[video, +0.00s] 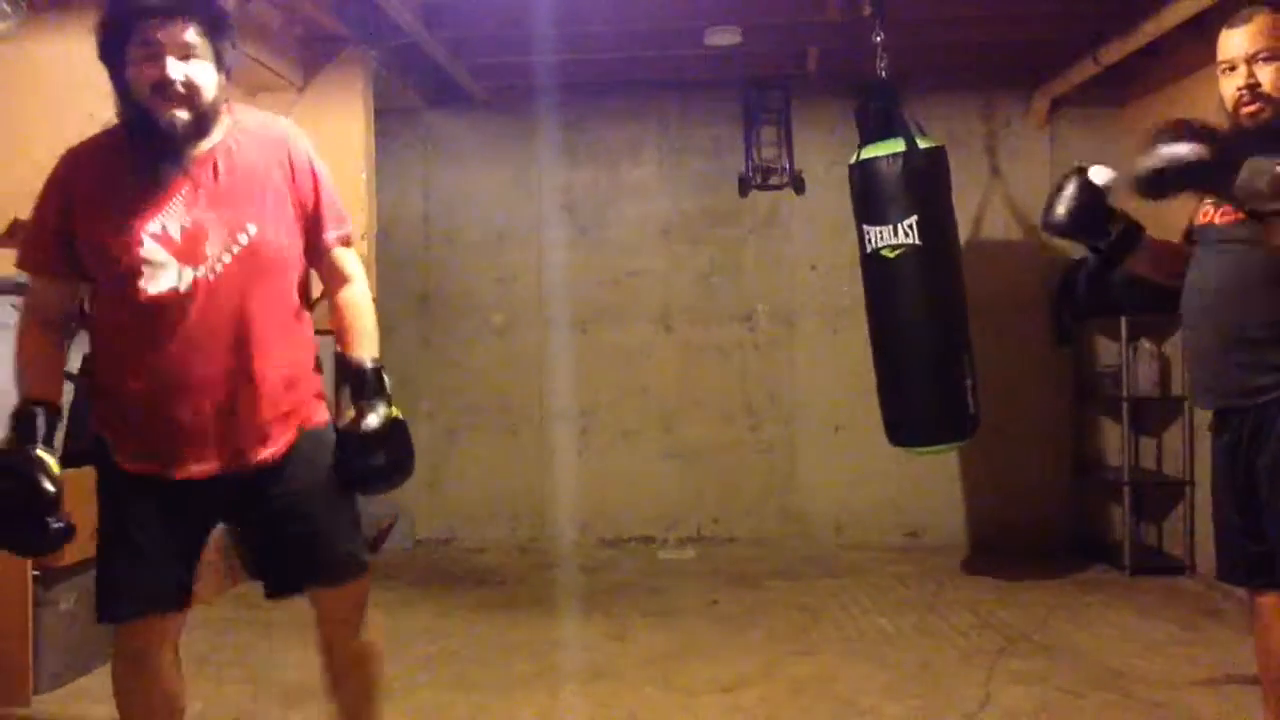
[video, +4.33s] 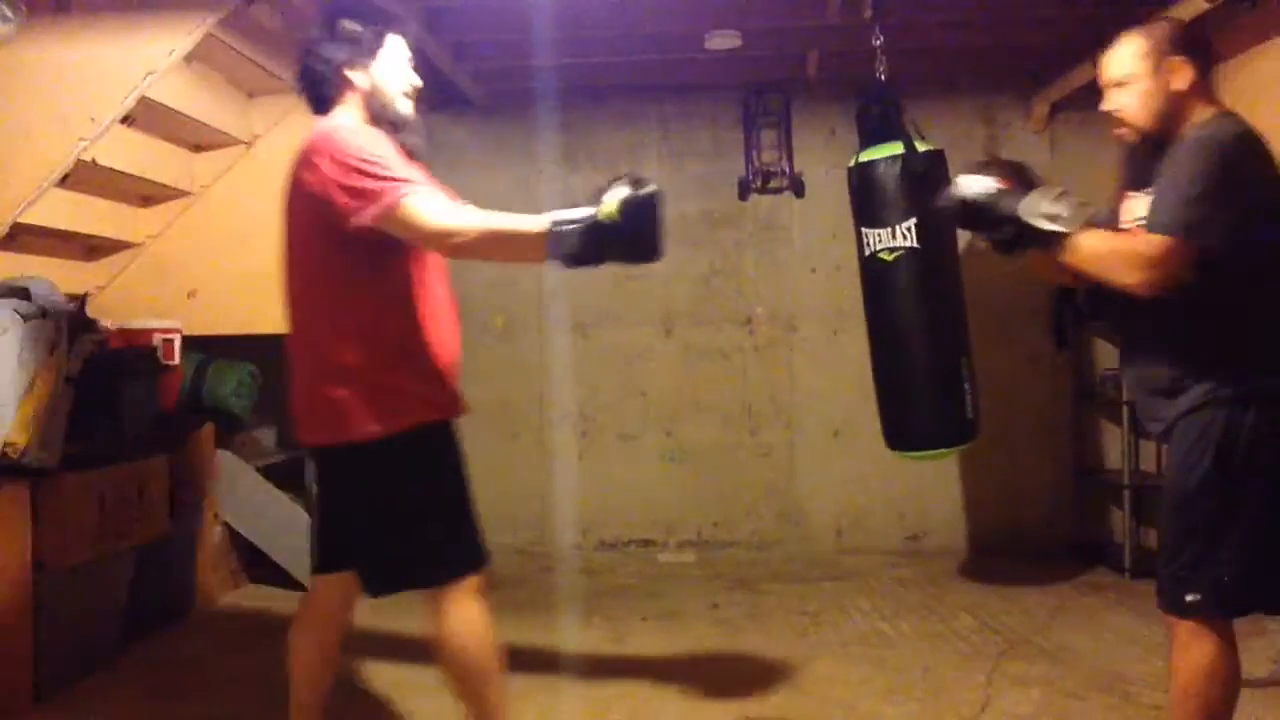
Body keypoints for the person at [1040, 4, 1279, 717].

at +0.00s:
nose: (1245, 80)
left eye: (1262, 61)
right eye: (1229, 69)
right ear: (1215, 83)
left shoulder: (1273, 164)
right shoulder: (1223, 170)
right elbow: (1196, 273)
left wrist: (1231, 173)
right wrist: (1114, 233)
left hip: (1275, 407)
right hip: (1236, 411)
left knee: (1271, 589)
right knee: (1262, 589)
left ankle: (1270, 704)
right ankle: (1270, 709)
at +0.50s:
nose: (1248, 85)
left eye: (1262, 66)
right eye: (1233, 72)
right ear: (1220, 80)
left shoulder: (1279, 169)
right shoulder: (1231, 169)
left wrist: (1257, 250)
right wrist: (1144, 256)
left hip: (1273, 406)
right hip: (1237, 410)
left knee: (1243, 573)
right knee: (1232, 573)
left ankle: (1265, 703)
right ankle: (1264, 707)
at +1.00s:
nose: (1197, 123)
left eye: (1210, 99)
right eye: (1183, 109)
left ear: (1258, 84)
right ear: (1173, 111)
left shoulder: (1277, 166)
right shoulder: (1196, 176)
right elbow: (1184, 273)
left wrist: (1275, 337)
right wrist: (1163, 338)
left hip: (1279, 412)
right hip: (1236, 411)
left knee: (1271, 580)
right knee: (1259, 573)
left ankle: (1275, 689)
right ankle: (1274, 686)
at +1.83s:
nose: (1190, 127)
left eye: (1204, 107)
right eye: (1177, 116)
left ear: (1245, 100)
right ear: (1170, 122)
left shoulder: (1267, 166)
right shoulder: (1205, 186)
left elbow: (1275, 280)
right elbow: (1204, 281)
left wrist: (1193, 273)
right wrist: (1144, 281)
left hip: (1254, 407)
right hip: (1224, 408)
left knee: (1236, 584)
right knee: (1247, 582)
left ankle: (1237, 714)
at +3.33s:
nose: (1238, 117)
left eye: (1253, 97)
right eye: (1228, 106)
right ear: (1223, 117)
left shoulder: (1274, 195)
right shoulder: (1242, 196)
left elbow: (1275, 280)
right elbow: (1193, 291)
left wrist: (1243, 220)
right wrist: (1177, 231)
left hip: (1272, 421)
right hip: (1248, 423)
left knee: (1256, 602)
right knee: (1254, 599)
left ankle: (1242, 711)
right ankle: (1250, 706)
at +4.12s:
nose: (1189, 112)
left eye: (1204, 90)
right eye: (1185, 97)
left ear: (1261, 81)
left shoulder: (1266, 165)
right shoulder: (1233, 174)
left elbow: (1254, 278)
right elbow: (1204, 273)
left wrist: (1144, 238)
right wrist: (1115, 255)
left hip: (1250, 420)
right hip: (1222, 419)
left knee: (1221, 614)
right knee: (1223, 612)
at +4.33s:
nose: (1108, 106)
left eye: (1118, 85)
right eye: (1104, 90)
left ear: (1176, 75)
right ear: (1173, 81)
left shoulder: (1214, 147)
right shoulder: (1176, 152)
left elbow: (1151, 267)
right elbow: (1117, 261)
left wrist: (1046, 233)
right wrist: (1027, 221)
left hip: (1226, 412)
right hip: (1205, 411)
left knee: (1195, 608)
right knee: (1196, 605)